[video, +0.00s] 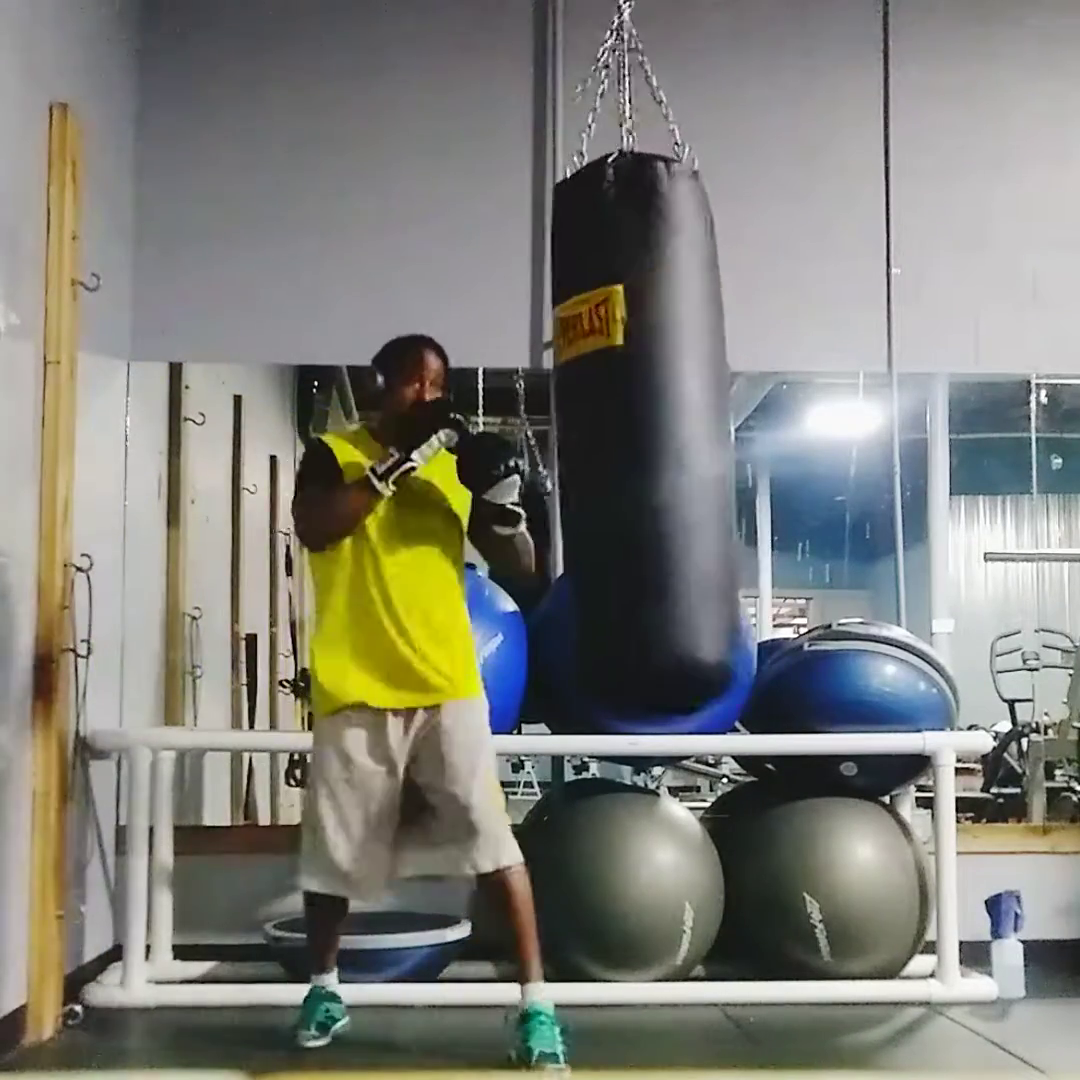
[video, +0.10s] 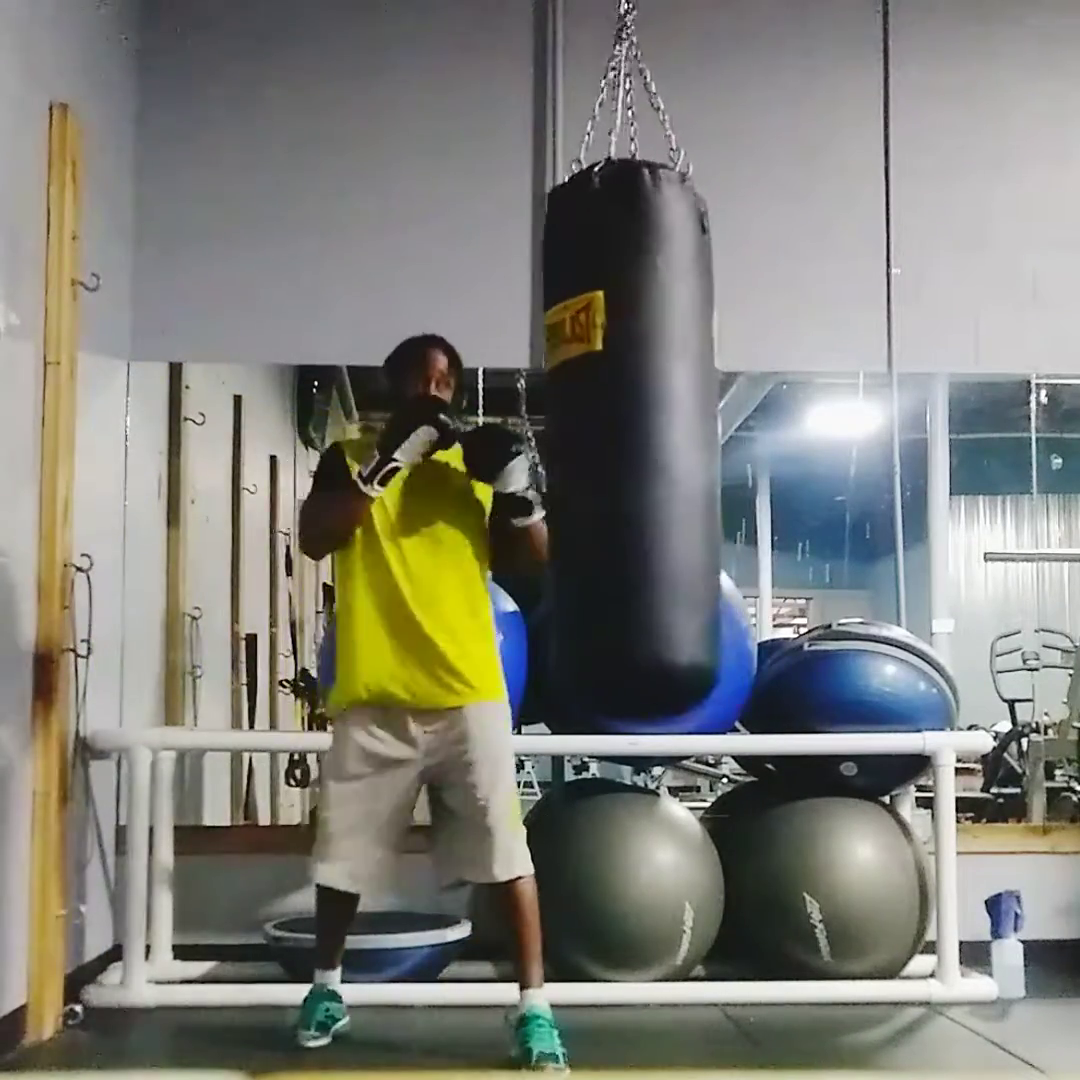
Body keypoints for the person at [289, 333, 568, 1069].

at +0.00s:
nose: (425, 394)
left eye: (436, 385)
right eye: (411, 381)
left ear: (445, 398)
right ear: (376, 387)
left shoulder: (451, 468)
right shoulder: (333, 453)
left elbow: (525, 578)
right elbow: (312, 528)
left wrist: (504, 500)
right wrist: (401, 461)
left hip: (447, 681)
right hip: (352, 682)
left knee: (493, 842)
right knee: (333, 848)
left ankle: (536, 1007)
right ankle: (323, 992)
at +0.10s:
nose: (430, 389)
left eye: (443, 379)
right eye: (416, 376)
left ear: (455, 393)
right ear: (389, 385)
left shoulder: (475, 466)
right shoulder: (351, 458)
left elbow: (526, 571)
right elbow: (315, 538)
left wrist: (516, 488)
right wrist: (389, 458)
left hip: (468, 684)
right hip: (371, 685)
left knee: (504, 846)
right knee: (341, 849)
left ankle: (534, 1008)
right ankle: (326, 991)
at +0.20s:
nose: (441, 382)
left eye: (456, 372)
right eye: (429, 370)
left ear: (473, 387)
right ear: (405, 383)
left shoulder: (507, 450)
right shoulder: (378, 458)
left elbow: (552, 545)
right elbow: (324, 538)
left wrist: (554, 464)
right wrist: (376, 444)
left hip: (486, 678)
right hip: (395, 681)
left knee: (515, 846)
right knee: (370, 847)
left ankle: (538, 1009)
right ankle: (345, 988)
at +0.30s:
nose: (458, 385)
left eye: (473, 373)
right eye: (445, 372)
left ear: (492, 385)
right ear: (426, 383)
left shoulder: (520, 454)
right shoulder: (406, 466)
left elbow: (573, 485)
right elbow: (344, 540)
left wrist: (541, 410)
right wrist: (379, 467)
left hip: (500, 674)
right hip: (414, 679)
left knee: (522, 837)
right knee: (395, 833)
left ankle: (539, 1007)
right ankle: (414, 974)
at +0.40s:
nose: (468, 388)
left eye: (481, 376)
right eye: (456, 376)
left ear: (498, 386)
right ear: (434, 386)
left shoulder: (528, 457)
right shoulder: (414, 467)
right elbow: (359, 546)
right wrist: (397, 476)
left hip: (518, 675)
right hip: (433, 680)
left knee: (529, 831)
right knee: (426, 837)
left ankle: (548, 1004)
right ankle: (454, 975)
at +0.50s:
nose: (465, 404)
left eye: (479, 391)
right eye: (455, 393)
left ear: (505, 400)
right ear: (439, 403)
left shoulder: (534, 472)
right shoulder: (423, 482)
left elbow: (577, 504)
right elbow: (365, 559)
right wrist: (406, 471)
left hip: (528, 682)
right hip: (452, 687)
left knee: (545, 836)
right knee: (445, 851)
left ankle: (590, 1003)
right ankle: (460, 991)